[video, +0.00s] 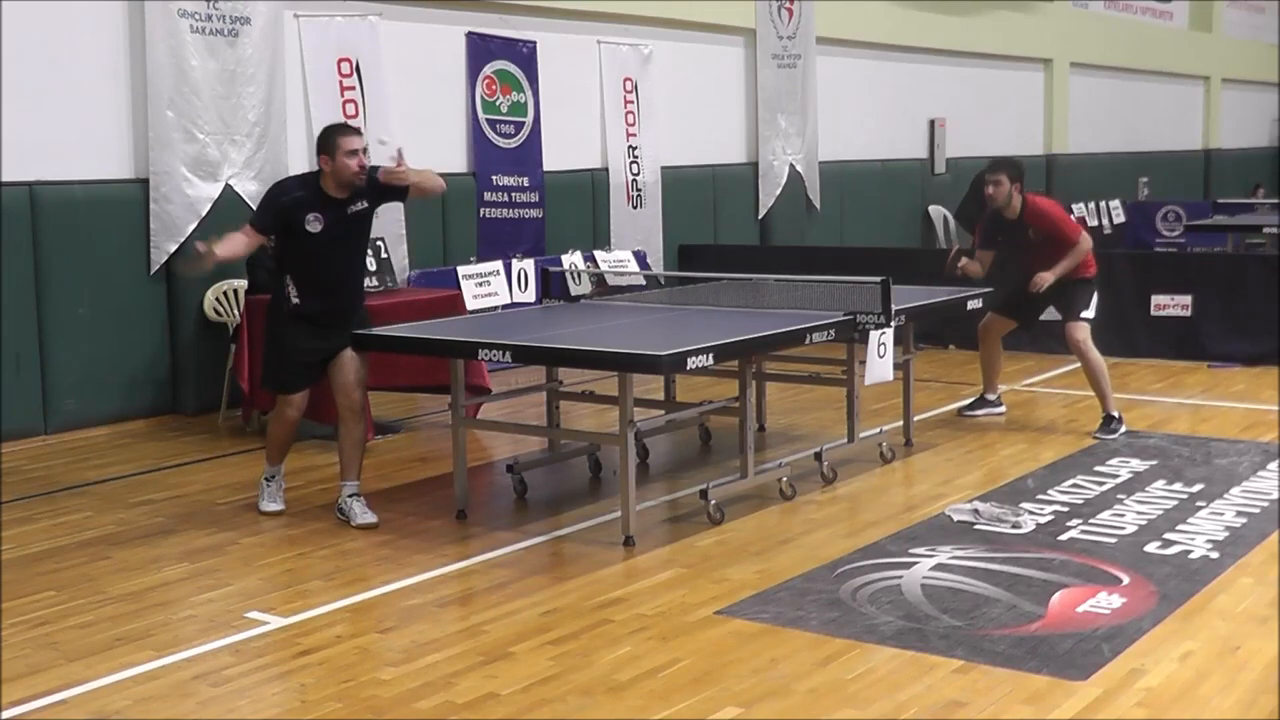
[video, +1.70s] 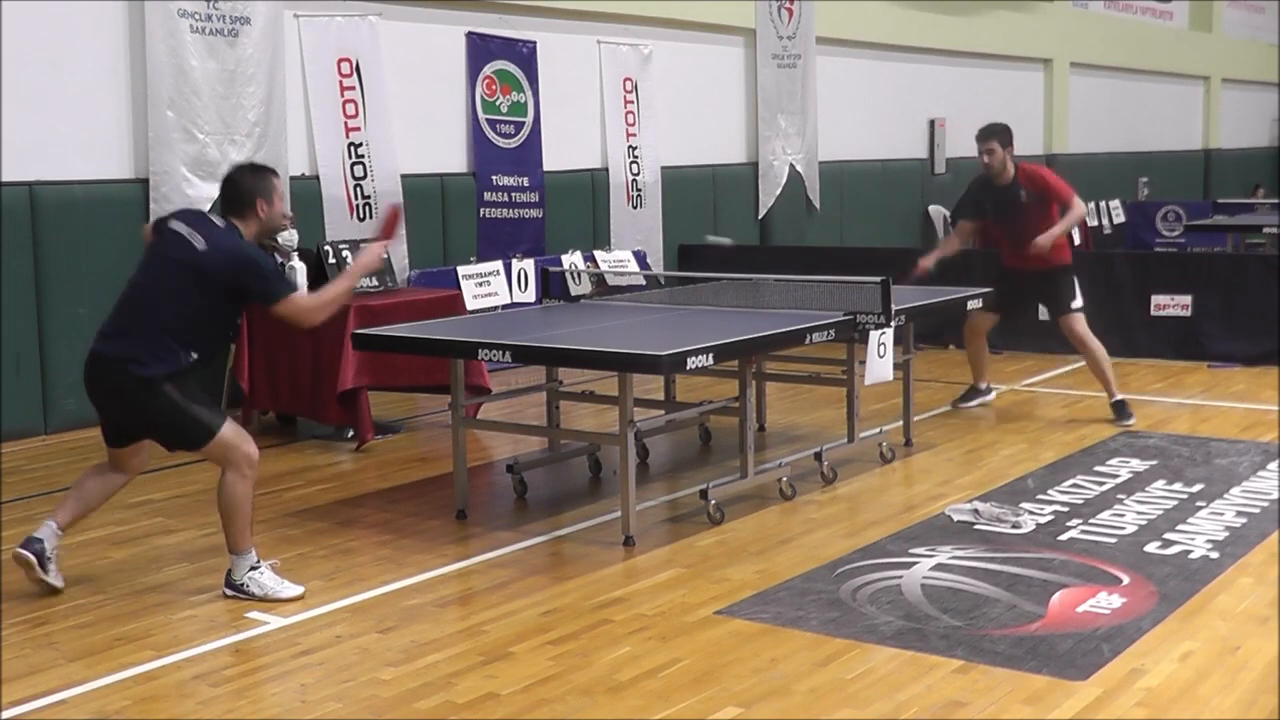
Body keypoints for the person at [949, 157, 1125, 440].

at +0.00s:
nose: (989, 191)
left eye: (996, 184)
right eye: (986, 185)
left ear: (1016, 187)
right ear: (985, 187)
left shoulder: (1043, 210)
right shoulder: (991, 220)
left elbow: (1085, 243)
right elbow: (980, 268)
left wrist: (1053, 274)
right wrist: (965, 264)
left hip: (1075, 278)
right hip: (1034, 281)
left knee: (1078, 339)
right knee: (988, 329)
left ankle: (1112, 416)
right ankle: (990, 397)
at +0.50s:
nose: (986, 167)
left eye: (993, 161)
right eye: (984, 161)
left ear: (1014, 162)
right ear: (984, 161)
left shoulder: (1041, 189)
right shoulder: (984, 192)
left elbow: (1077, 227)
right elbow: (965, 229)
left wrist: (1047, 250)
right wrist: (939, 239)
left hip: (1054, 281)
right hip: (1011, 281)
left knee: (1072, 341)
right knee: (964, 334)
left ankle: (1111, 415)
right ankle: (949, 401)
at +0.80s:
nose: (961, 186)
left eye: (967, 179)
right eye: (960, 179)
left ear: (988, 177)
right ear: (962, 178)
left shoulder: (1019, 202)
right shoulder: (961, 206)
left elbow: (1058, 240)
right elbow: (920, 229)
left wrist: (1022, 262)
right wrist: (893, 250)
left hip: (1033, 287)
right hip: (987, 286)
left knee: (1058, 338)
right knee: (937, 334)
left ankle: (1076, 411)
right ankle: (905, 403)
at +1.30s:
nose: (937, 165)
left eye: (943, 157)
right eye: (933, 158)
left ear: (960, 155)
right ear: (929, 158)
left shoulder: (989, 175)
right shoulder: (933, 190)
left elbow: (1034, 205)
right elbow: (903, 221)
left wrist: (1039, 244)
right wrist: (871, 228)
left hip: (1012, 269)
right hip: (968, 272)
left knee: (1042, 330)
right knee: (925, 331)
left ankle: (1075, 406)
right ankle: (899, 401)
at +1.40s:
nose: (953, 157)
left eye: (959, 150)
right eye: (950, 150)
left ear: (977, 148)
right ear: (948, 151)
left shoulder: (1004, 172)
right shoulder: (948, 185)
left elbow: (1056, 182)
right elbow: (915, 226)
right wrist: (892, 225)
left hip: (1018, 271)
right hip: (974, 272)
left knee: (1044, 332)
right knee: (931, 329)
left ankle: (1077, 402)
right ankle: (929, 396)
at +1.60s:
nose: (974, 151)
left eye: (980, 145)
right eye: (970, 145)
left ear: (998, 143)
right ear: (968, 146)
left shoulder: (1023, 167)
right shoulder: (970, 180)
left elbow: (1073, 189)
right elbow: (946, 226)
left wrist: (1057, 213)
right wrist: (919, 235)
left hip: (1044, 260)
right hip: (1001, 264)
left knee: (1064, 323)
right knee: (964, 322)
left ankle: (1096, 399)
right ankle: (946, 392)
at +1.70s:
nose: (984, 159)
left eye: (990, 152)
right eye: (981, 153)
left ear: (1008, 151)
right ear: (978, 154)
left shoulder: (1038, 177)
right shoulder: (981, 189)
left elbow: (1079, 208)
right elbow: (961, 235)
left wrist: (1051, 235)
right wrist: (933, 257)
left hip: (1055, 271)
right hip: (1014, 273)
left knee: (1075, 328)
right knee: (975, 326)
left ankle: (1115, 398)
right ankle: (981, 387)